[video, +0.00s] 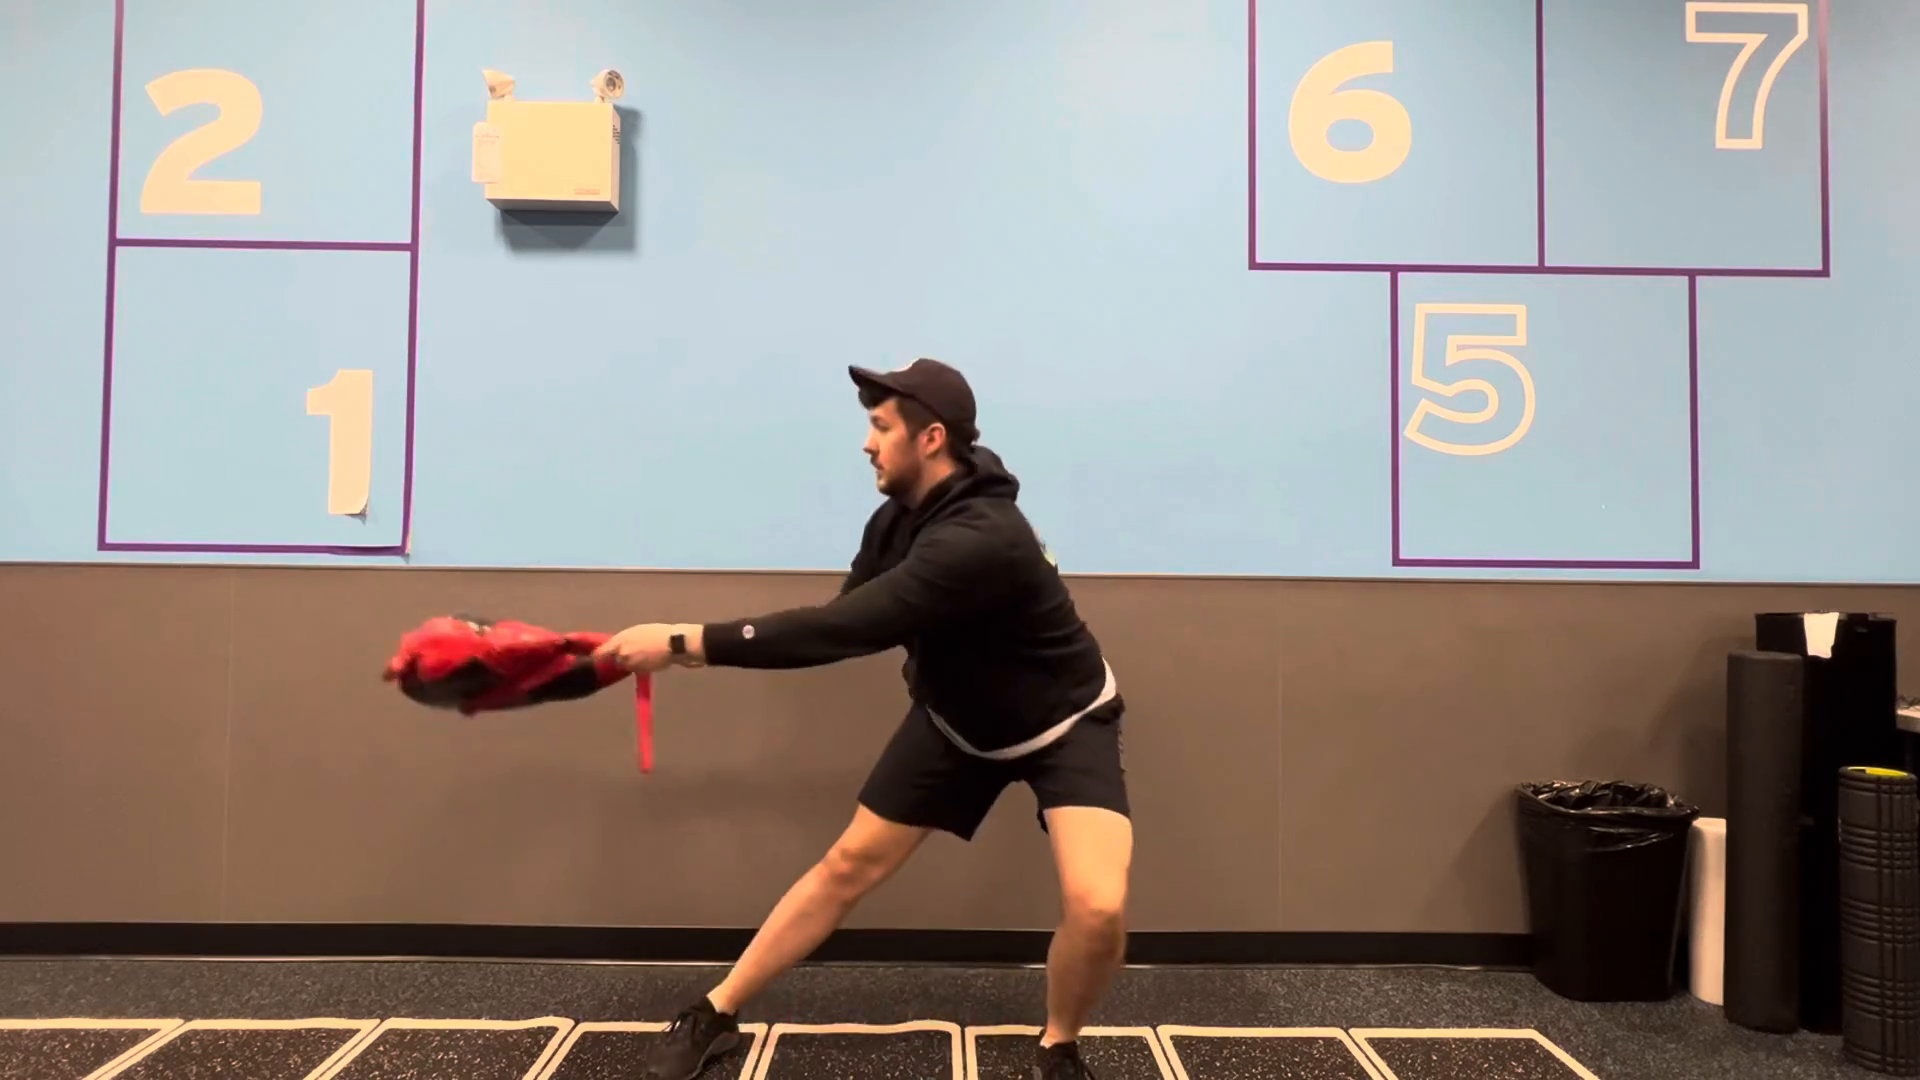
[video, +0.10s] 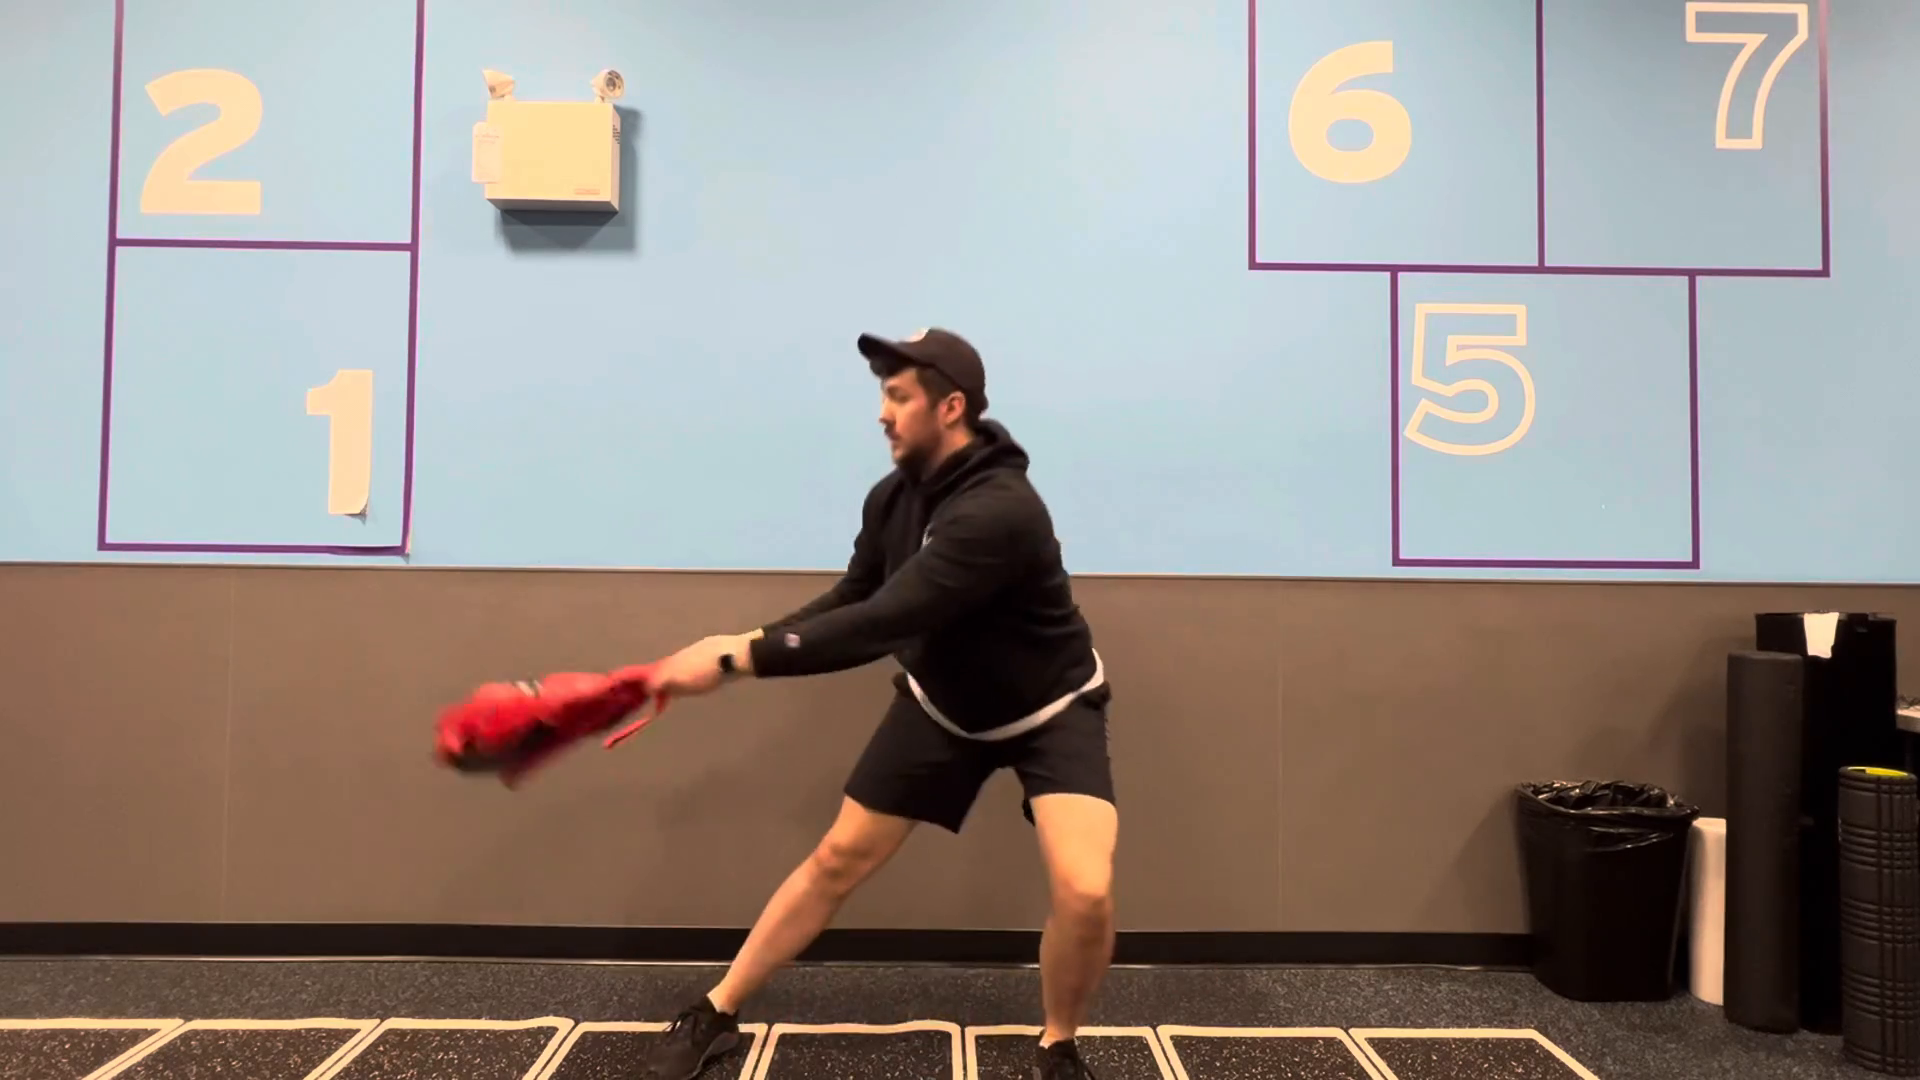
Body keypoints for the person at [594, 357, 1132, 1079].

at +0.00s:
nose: (868, 444)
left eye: (882, 428)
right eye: (870, 428)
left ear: (933, 438)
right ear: (925, 438)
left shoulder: (981, 534)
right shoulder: (895, 523)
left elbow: (849, 628)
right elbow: (841, 625)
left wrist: (684, 642)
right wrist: (704, 648)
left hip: (1066, 720)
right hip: (954, 718)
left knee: (1100, 907)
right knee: (847, 865)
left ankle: (1060, 1048)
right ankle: (714, 1012)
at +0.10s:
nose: (883, 415)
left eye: (898, 398)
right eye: (884, 399)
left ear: (953, 406)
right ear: (938, 407)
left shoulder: (997, 509)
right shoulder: (893, 500)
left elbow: (882, 624)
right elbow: (852, 600)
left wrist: (735, 658)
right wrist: (738, 650)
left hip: (1052, 706)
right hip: (936, 704)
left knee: (1088, 893)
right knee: (838, 859)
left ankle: (1059, 1048)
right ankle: (715, 1013)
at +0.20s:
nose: (899, 385)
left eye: (916, 369)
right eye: (894, 369)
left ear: (969, 376)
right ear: (891, 374)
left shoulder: (1012, 479)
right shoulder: (882, 470)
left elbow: (935, 614)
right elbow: (847, 572)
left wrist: (806, 684)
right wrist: (760, 639)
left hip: (1029, 685)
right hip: (916, 682)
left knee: (1069, 872)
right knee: (820, 851)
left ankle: (1058, 1046)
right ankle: (718, 1011)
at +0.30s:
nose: (899, 372)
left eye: (917, 353)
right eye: (888, 354)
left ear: (959, 350)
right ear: (876, 355)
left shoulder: (1009, 453)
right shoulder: (854, 443)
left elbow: (977, 597)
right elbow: (813, 555)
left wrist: (900, 706)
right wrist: (747, 648)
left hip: (996, 664)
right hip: (879, 660)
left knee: (1041, 844)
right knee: (799, 832)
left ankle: (1056, 1042)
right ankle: (717, 1009)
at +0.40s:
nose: (888, 354)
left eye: (903, 337)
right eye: (873, 338)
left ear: (930, 336)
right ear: (849, 339)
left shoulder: (977, 434)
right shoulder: (809, 431)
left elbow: (997, 569)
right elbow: (772, 563)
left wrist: (1000, 698)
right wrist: (767, 694)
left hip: (954, 655)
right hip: (836, 654)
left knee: (1006, 817)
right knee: (782, 823)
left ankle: (1061, 1028)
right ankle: (717, 1004)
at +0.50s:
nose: (872, 365)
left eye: (885, 347)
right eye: (854, 350)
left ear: (904, 342)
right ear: (820, 348)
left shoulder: (943, 423)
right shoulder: (777, 439)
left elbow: (1007, 540)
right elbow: (776, 582)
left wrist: (1071, 650)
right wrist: (842, 696)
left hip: (921, 643)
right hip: (806, 649)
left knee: (983, 814)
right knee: (756, 826)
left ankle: (1054, 1011)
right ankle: (713, 1009)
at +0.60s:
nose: (872, 384)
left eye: (885, 365)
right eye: (854, 367)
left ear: (901, 354)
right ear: (813, 359)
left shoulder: (929, 425)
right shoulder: (772, 448)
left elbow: (1000, 520)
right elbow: (813, 588)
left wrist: (1084, 608)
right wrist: (924, 673)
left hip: (910, 647)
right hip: (798, 653)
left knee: (971, 816)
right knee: (750, 832)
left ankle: (1047, 1007)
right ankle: (712, 1009)